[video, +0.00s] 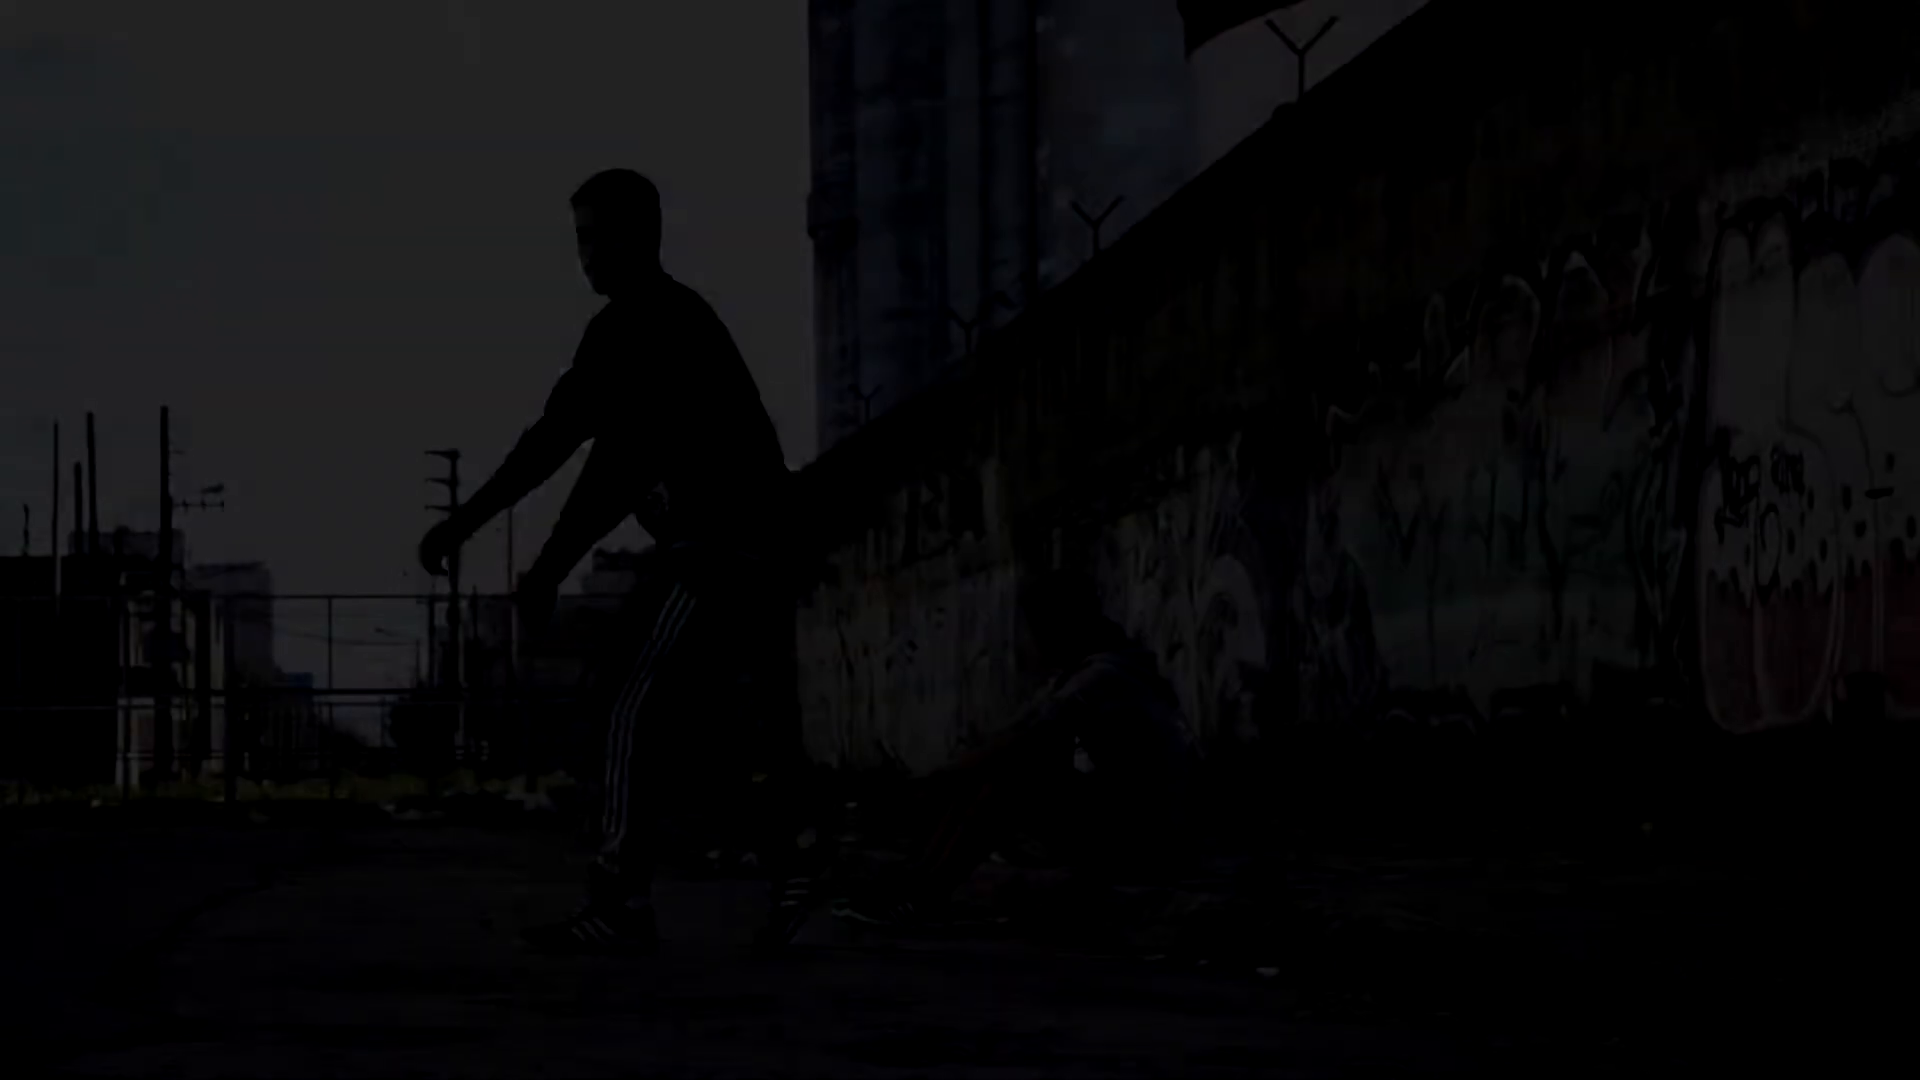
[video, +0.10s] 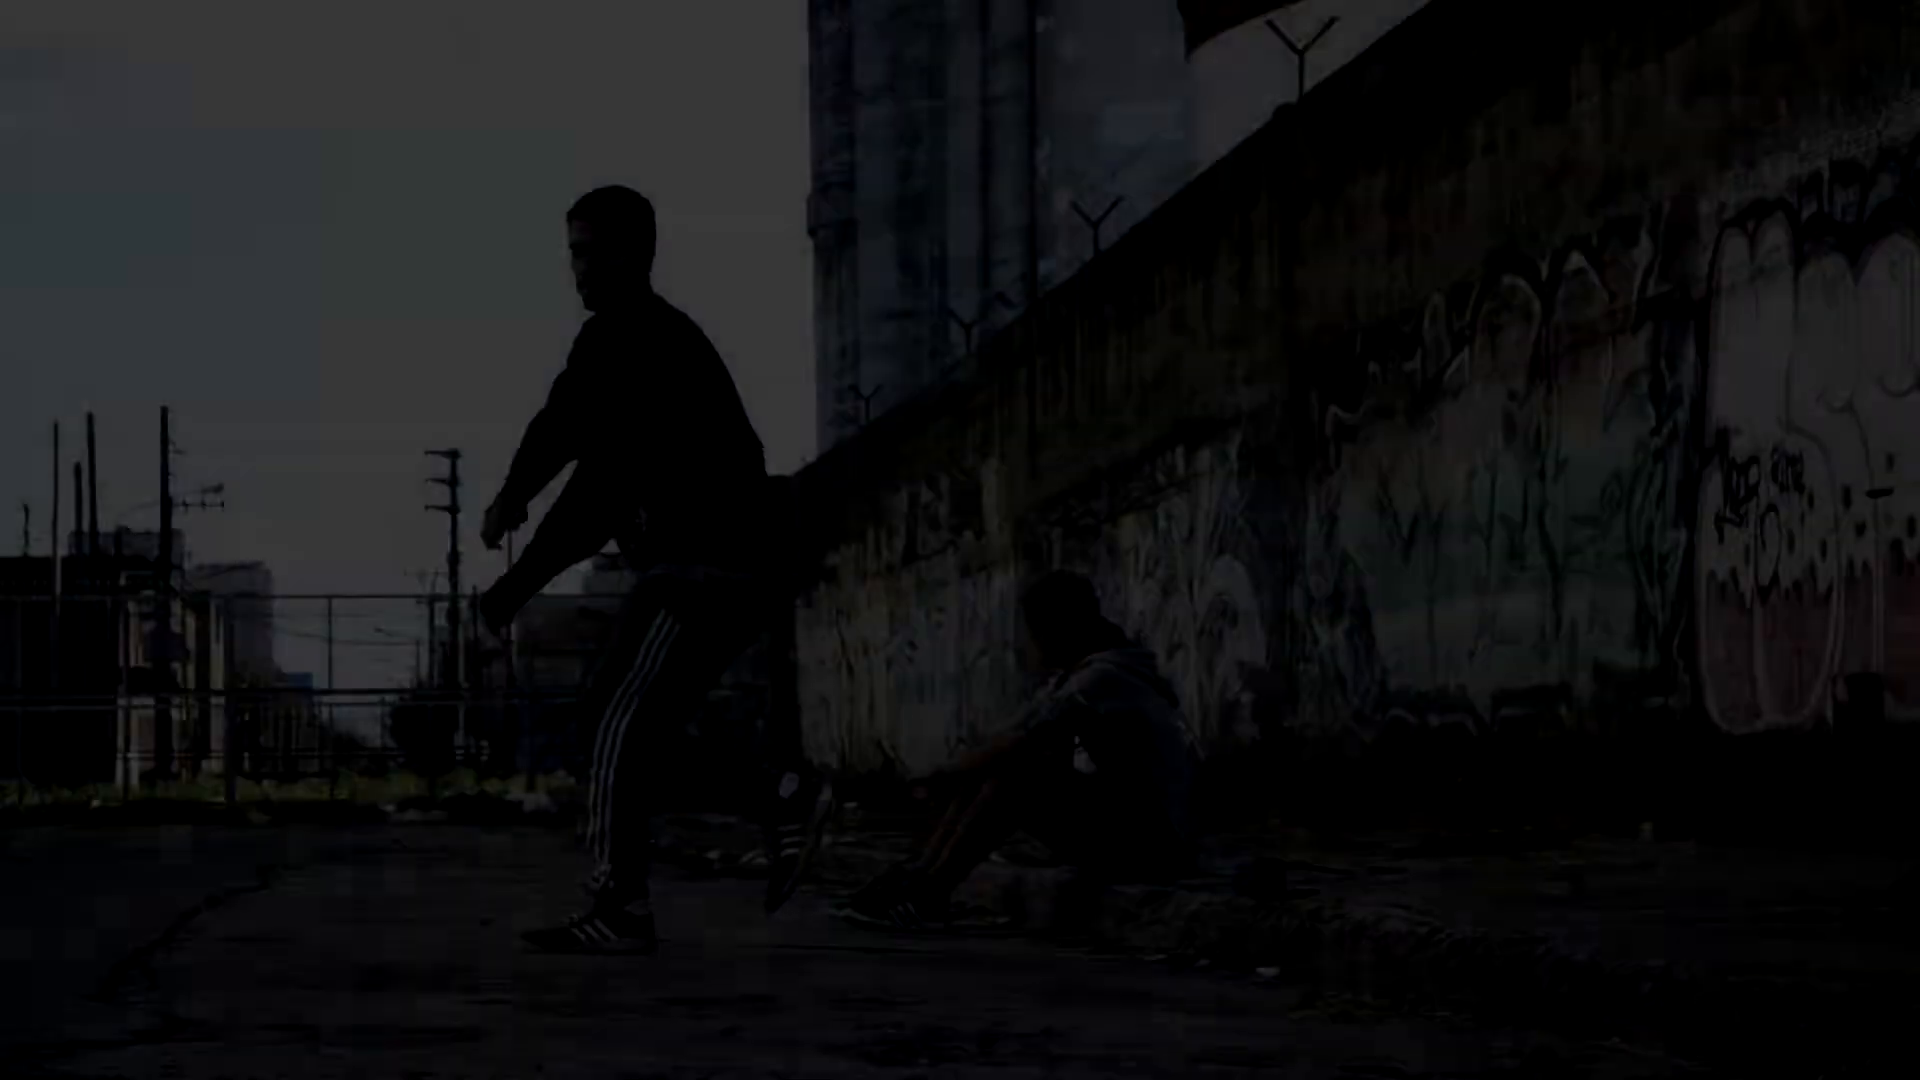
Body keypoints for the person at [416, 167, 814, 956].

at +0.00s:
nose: (585, 252)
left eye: (596, 235)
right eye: (582, 236)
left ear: (629, 236)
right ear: (612, 241)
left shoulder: (660, 322)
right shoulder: (621, 326)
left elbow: (621, 467)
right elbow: (552, 435)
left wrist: (553, 563)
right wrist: (466, 519)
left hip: (730, 544)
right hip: (704, 542)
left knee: (635, 712)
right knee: (751, 718)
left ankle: (621, 898)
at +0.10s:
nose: (577, 266)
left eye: (589, 251)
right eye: (574, 251)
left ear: (624, 252)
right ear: (622, 254)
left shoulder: (646, 345)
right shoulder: (612, 336)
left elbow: (598, 496)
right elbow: (559, 424)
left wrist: (514, 588)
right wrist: (513, 496)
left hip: (712, 559)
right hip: (680, 556)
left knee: (624, 722)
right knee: (655, 718)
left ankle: (617, 906)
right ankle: (786, 795)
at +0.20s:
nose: (589, 248)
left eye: (604, 233)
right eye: (583, 233)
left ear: (643, 237)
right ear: (585, 237)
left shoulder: (653, 325)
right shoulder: (616, 320)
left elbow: (631, 466)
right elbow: (568, 415)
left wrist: (533, 520)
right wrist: (580, 455)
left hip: (701, 559)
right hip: (679, 555)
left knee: (616, 715)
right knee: (647, 724)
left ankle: (613, 902)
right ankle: (779, 826)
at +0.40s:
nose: (625, 252)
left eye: (640, 235)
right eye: (615, 240)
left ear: (681, 240)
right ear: (611, 249)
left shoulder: (689, 325)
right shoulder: (676, 330)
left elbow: (628, 449)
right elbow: (622, 464)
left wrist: (567, 395)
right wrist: (614, 380)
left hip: (706, 573)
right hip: (718, 576)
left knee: (589, 718)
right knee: (678, 762)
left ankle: (477, 886)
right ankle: (810, 901)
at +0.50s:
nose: (620, 242)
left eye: (636, 225)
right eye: (609, 230)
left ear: (673, 233)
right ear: (602, 243)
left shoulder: (687, 316)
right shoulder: (662, 328)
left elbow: (644, 438)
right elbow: (623, 465)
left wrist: (585, 382)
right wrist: (599, 383)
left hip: (713, 564)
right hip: (709, 564)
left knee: (601, 698)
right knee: (683, 754)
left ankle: (513, 886)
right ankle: (806, 895)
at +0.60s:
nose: (615, 220)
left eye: (631, 204)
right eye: (603, 207)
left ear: (666, 211)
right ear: (593, 220)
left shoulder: (678, 286)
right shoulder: (616, 312)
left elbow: (654, 387)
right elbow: (584, 424)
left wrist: (565, 347)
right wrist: (541, 340)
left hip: (708, 530)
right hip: (705, 535)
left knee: (602, 694)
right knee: (654, 737)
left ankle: (609, 889)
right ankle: (773, 854)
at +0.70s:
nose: (618, 234)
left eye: (636, 220)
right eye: (607, 221)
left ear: (668, 231)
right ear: (596, 230)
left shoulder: (677, 299)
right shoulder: (607, 315)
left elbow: (661, 370)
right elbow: (527, 394)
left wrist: (549, 343)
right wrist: (468, 335)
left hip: (701, 555)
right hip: (661, 554)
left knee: (615, 715)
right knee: (616, 716)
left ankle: (624, 904)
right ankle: (760, 781)